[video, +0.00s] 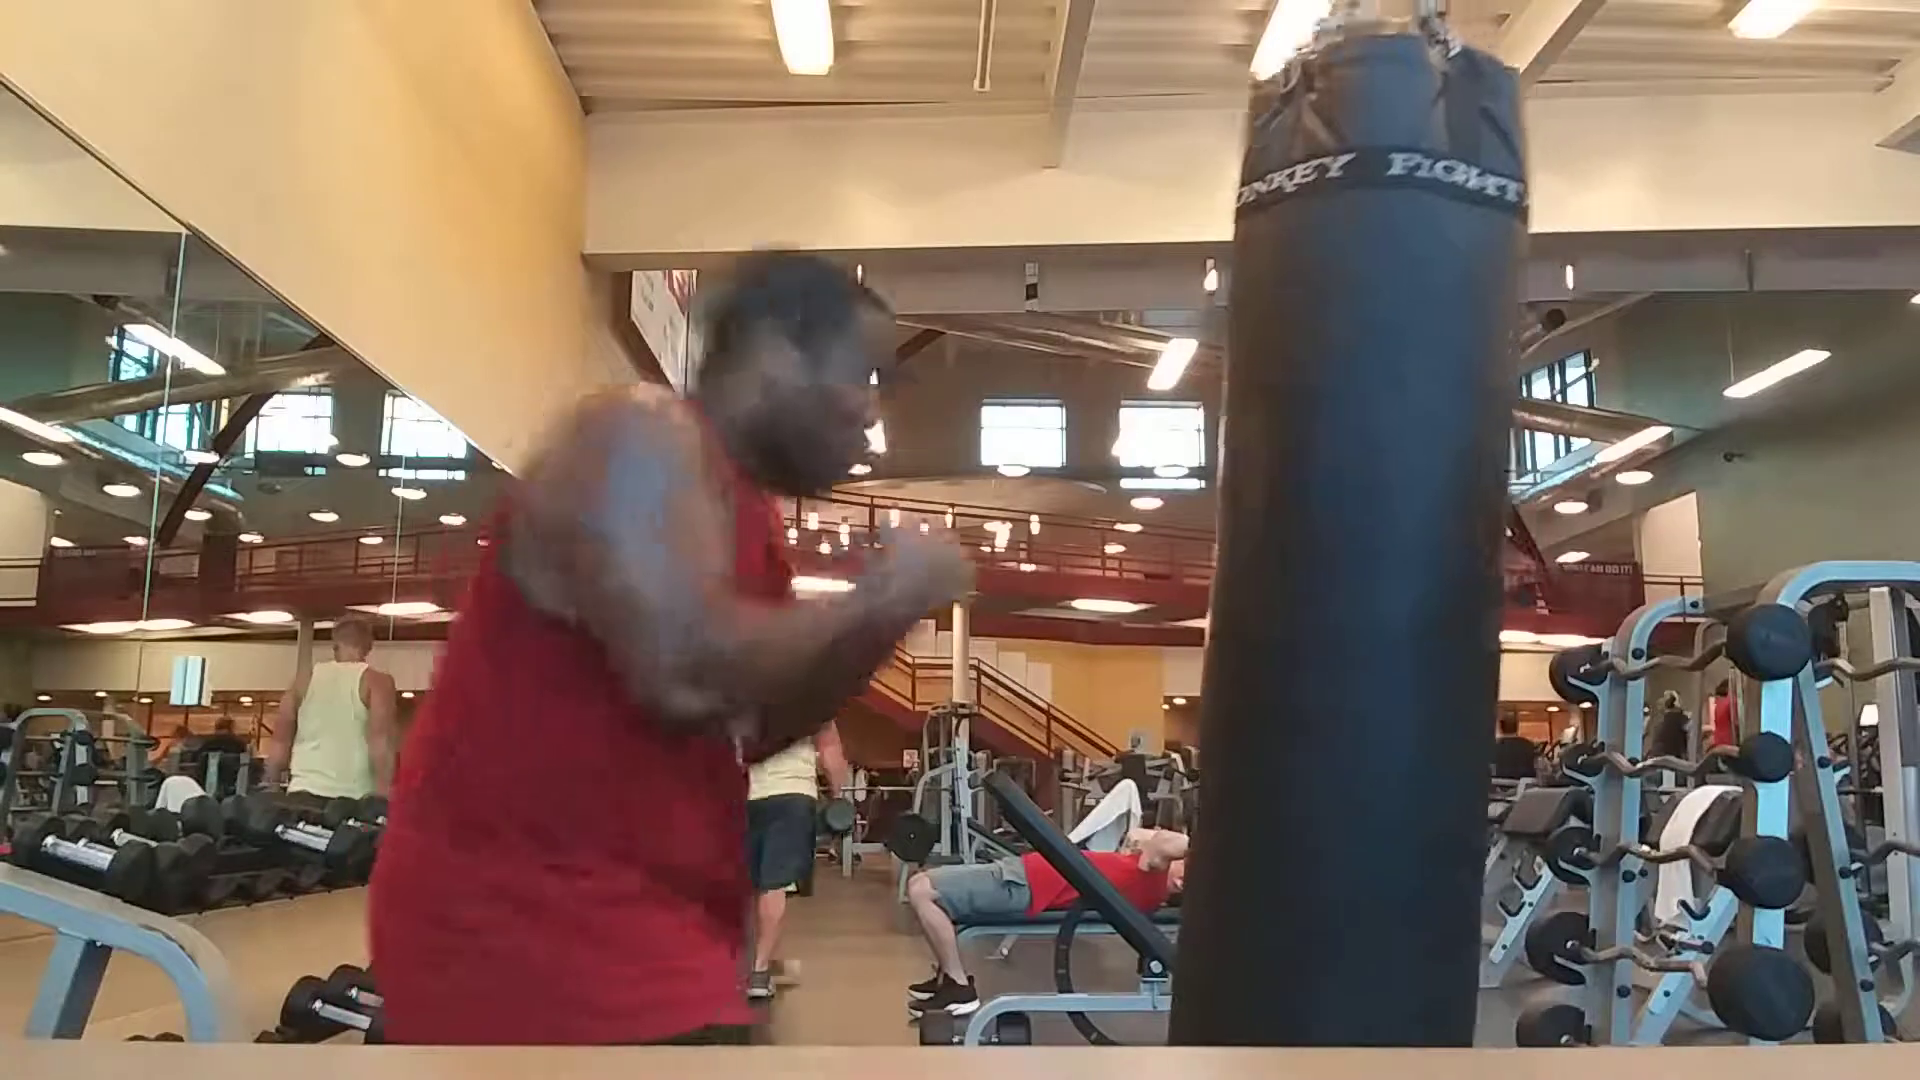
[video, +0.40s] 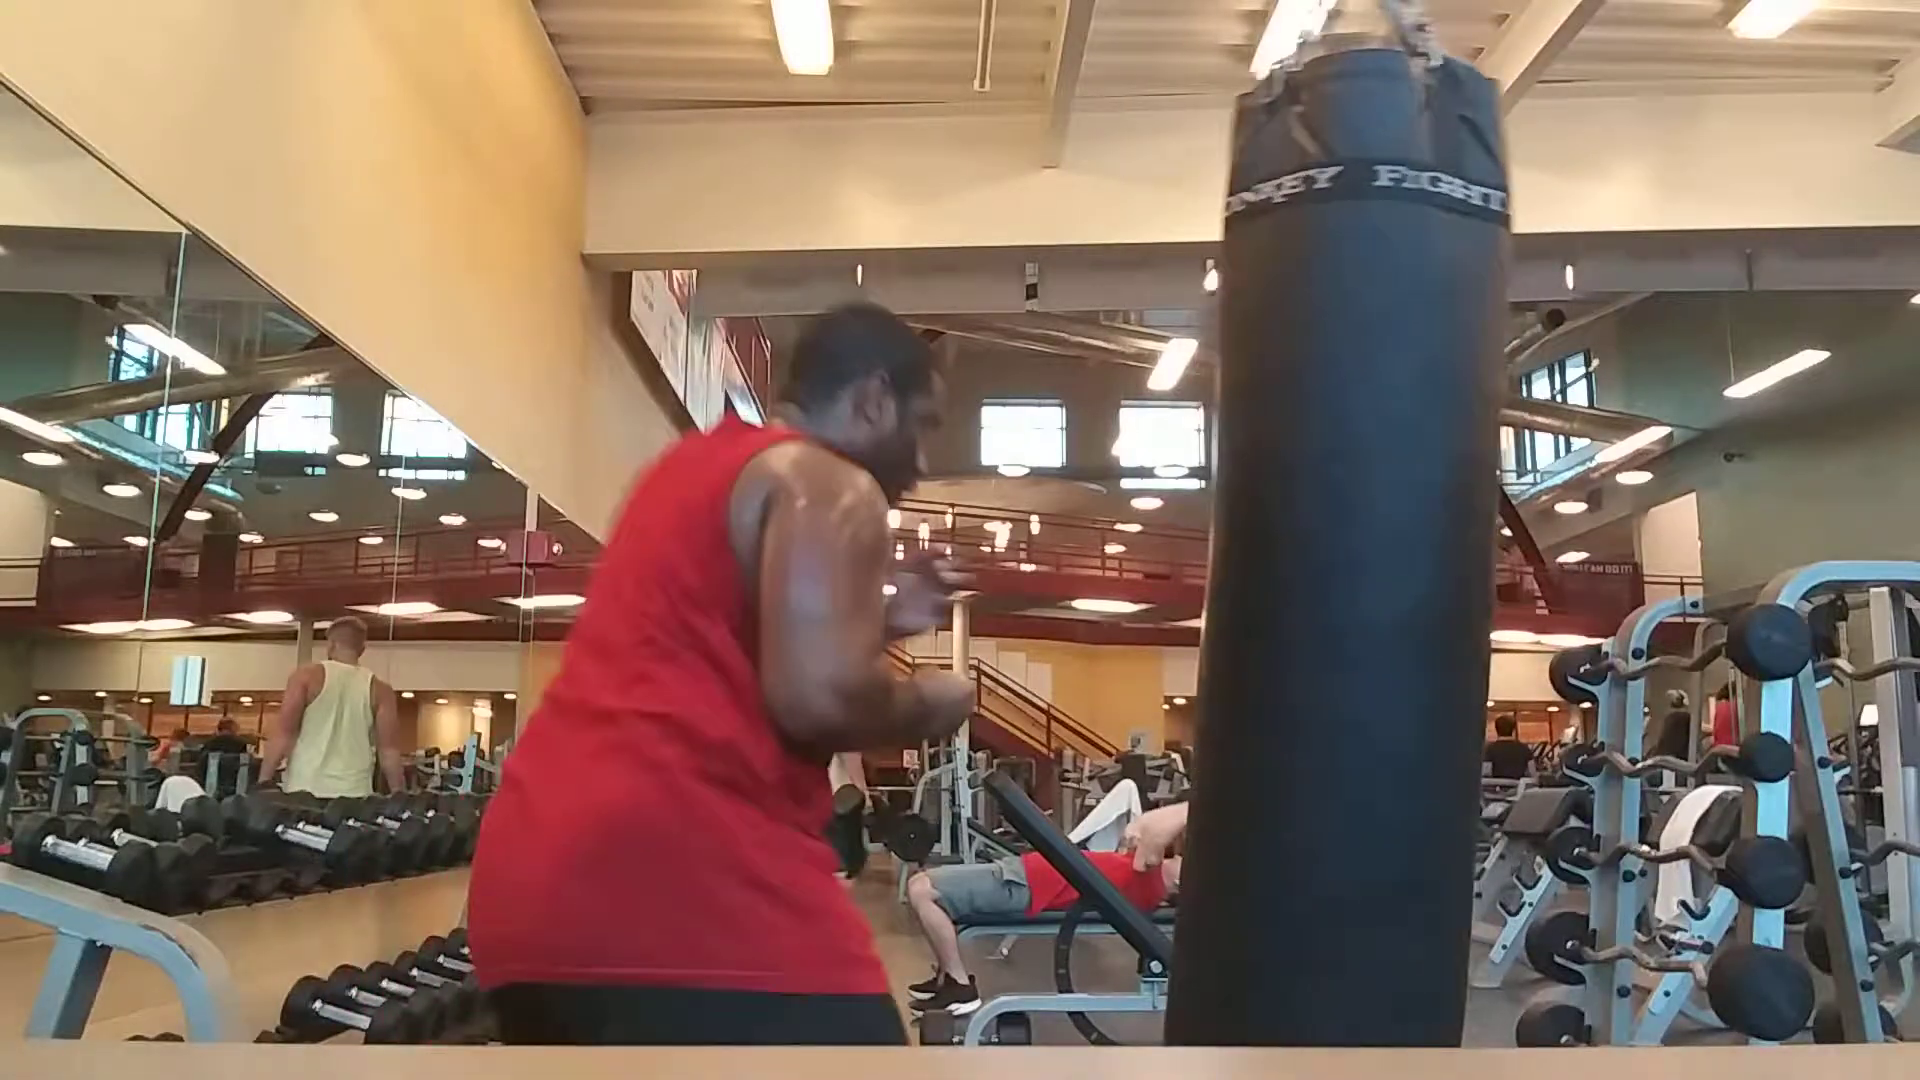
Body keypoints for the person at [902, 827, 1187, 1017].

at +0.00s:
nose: (1183, 863)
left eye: (1188, 866)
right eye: (1186, 861)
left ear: (1183, 878)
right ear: (1177, 864)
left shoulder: (1150, 884)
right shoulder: (1143, 871)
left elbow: (1156, 840)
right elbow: (1142, 836)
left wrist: (1193, 847)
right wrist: (1190, 848)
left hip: (1024, 885)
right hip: (1019, 872)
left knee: (922, 889)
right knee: (922, 881)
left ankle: (959, 985)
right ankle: (945, 977)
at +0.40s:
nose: (1174, 859)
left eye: (1181, 862)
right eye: (1181, 859)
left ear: (1181, 878)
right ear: (1179, 867)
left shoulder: (1150, 885)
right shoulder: (1148, 878)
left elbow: (1148, 831)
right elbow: (1143, 831)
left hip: (1026, 884)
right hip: (1023, 873)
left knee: (921, 889)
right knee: (924, 881)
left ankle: (960, 985)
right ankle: (946, 977)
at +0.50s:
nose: (1172, 859)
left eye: (1179, 861)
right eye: (1178, 858)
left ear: (1179, 877)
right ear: (1173, 863)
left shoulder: (1149, 884)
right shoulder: (1145, 874)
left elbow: (1156, 822)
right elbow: (1140, 824)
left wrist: (1185, 798)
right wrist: (1181, 796)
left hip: (1025, 884)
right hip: (1021, 873)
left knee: (922, 888)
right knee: (923, 881)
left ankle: (960, 984)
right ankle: (945, 976)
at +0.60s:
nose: (1180, 858)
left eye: (1186, 865)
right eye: (1187, 860)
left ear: (1182, 882)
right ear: (1177, 870)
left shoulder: (1148, 885)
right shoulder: (1138, 867)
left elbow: (1159, 822)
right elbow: (1142, 819)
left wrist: (1182, 789)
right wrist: (1171, 784)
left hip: (1023, 886)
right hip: (1016, 870)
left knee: (923, 889)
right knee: (921, 880)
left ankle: (959, 984)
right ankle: (946, 976)